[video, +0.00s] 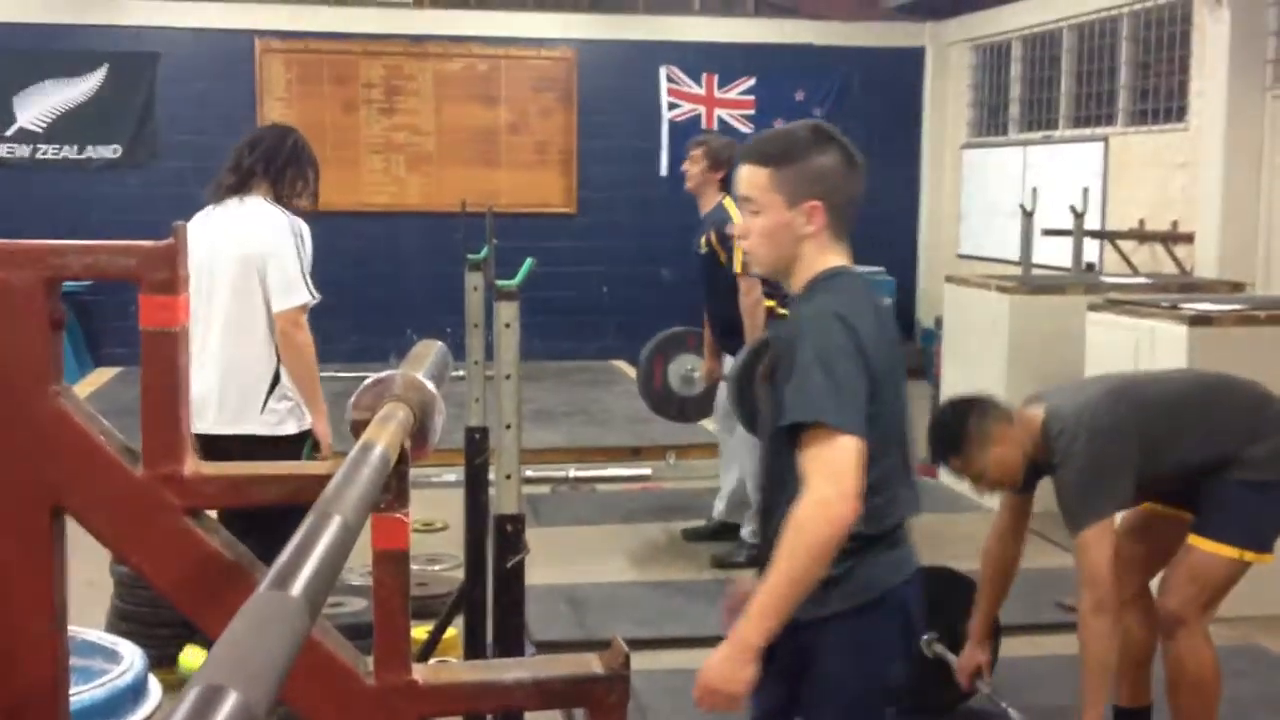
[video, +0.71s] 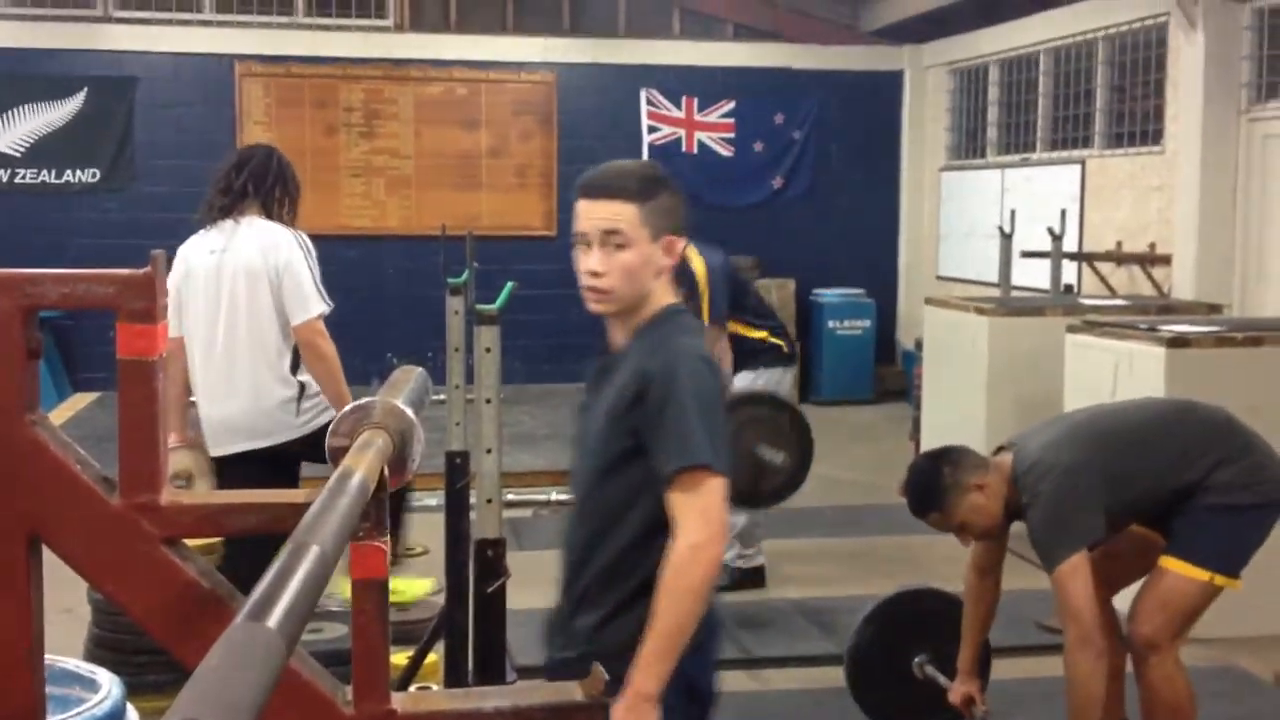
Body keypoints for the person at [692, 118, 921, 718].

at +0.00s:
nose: (739, 228)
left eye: (752, 210)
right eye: (741, 210)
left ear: (809, 217)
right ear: (812, 220)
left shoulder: (822, 322)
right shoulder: (854, 302)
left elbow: (833, 498)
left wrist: (743, 646)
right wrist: (773, 582)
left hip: (839, 616)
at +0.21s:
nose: (692, 232)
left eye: (708, 213)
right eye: (695, 213)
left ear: (768, 222)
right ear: (768, 223)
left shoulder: (784, 330)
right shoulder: (797, 309)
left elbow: (795, 513)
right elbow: (779, 481)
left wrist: (711, 661)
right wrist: (716, 570)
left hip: (790, 636)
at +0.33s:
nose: (671, 241)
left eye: (691, 222)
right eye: (673, 222)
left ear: (751, 230)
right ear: (749, 231)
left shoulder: (771, 336)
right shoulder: (751, 323)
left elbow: (780, 521)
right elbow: (738, 494)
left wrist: (706, 671)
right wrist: (686, 607)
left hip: (761, 641)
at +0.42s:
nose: (656, 247)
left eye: (678, 229)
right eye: (658, 227)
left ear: (738, 235)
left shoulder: (758, 344)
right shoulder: (730, 331)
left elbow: (768, 527)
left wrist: (699, 677)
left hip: (738, 648)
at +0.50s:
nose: (641, 254)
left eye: (663, 236)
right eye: (637, 235)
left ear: (722, 244)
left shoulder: (743, 351)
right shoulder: (704, 340)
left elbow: (756, 535)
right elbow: (697, 516)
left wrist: (687, 686)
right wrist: (646, 649)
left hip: (716, 664)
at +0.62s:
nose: (607, 262)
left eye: (631, 244)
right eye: (602, 243)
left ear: (688, 252)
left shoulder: (706, 358)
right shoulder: (658, 347)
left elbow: (728, 538)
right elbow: (656, 523)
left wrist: (663, 691)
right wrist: (611, 657)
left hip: (678, 673)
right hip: (635, 662)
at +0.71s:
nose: (590, 263)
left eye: (614, 243)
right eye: (582, 243)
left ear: (669, 254)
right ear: (572, 246)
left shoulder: (677, 361)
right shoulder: (621, 355)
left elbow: (703, 534)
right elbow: (622, 521)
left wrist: (643, 693)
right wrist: (584, 661)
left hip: (642, 680)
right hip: (597, 666)